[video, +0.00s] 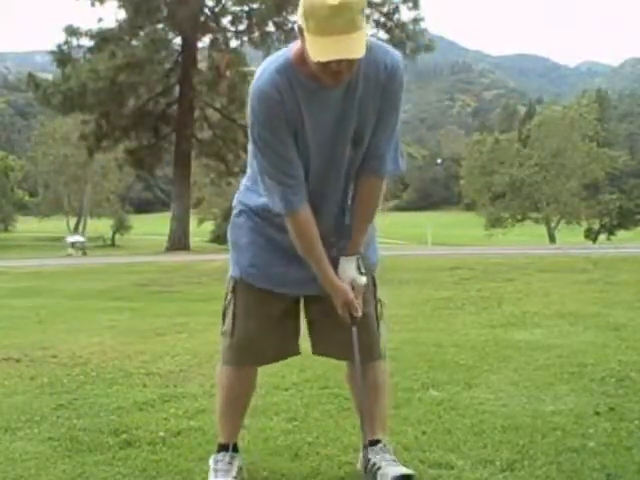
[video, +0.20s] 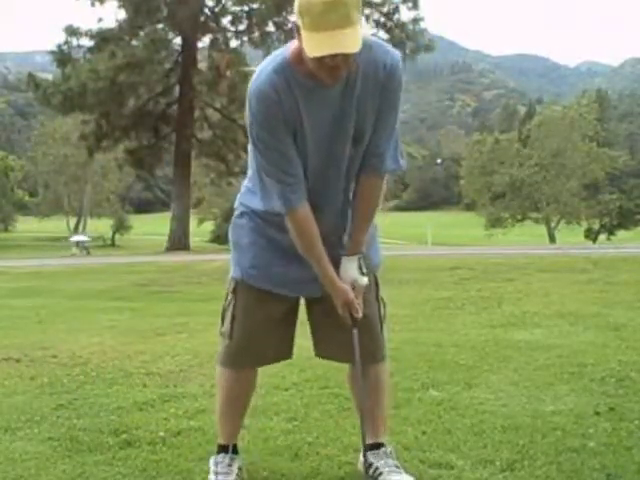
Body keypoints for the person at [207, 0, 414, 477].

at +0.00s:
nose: (337, 64)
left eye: (348, 52)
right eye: (324, 54)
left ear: (363, 33)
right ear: (302, 35)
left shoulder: (385, 68)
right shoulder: (272, 86)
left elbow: (375, 169)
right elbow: (290, 199)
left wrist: (352, 256)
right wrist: (328, 277)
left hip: (346, 226)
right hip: (269, 225)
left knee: (367, 341)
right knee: (243, 342)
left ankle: (377, 450)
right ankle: (226, 454)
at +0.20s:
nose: (335, 64)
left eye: (344, 52)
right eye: (321, 55)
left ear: (358, 31)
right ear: (299, 35)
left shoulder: (383, 65)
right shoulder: (269, 86)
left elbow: (375, 168)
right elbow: (290, 198)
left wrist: (353, 256)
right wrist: (329, 278)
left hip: (346, 225)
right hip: (270, 225)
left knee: (368, 338)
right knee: (243, 341)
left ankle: (377, 452)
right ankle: (225, 455)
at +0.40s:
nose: (344, 57)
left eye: (352, 46)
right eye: (331, 48)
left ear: (365, 27)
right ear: (308, 30)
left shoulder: (392, 62)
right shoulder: (280, 81)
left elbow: (386, 162)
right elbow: (299, 194)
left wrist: (366, 250)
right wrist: (343, 271)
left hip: (356, 225)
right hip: (281, 224)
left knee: (373, 340)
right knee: (250, 342)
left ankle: (378, 451)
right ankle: (226, 455)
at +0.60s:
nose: (351, 48)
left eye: (359, 36)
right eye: (338, 39)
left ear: (374, 19)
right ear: (315, 26)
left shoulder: (397, 46)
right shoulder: (296, 84)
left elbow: (409, 148)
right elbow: (341, 195)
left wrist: (410, 232)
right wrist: (399, 259)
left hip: (372, 223)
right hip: (299, 227)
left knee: (386, 341)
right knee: (265, 347)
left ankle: (379, 452)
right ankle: (229, 455)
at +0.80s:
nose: (337, 44)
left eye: (346, 30)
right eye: (325, 34)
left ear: (361, 15)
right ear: (305, 24)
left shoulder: (379, 31)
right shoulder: (298, 90)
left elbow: (416, 119)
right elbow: (368, 183)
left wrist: (441, 204)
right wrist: (445, 233)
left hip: (364, 219)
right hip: (294, 226)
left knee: (383, 339)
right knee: (261, 347)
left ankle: (379, 451)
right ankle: (228, 454)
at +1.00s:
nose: (307, 37)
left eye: (318, 24)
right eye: (294, 27)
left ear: (336, 10)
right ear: (277, 18)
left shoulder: (365, 32)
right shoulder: (264, 81)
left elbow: (394, 128)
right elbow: (317, 186)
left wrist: (398, 208)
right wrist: (382, 249)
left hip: (346, 217)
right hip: (269, 221)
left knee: (369, 339)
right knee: (241, 348)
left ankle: (378, 455)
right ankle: (226, 457)